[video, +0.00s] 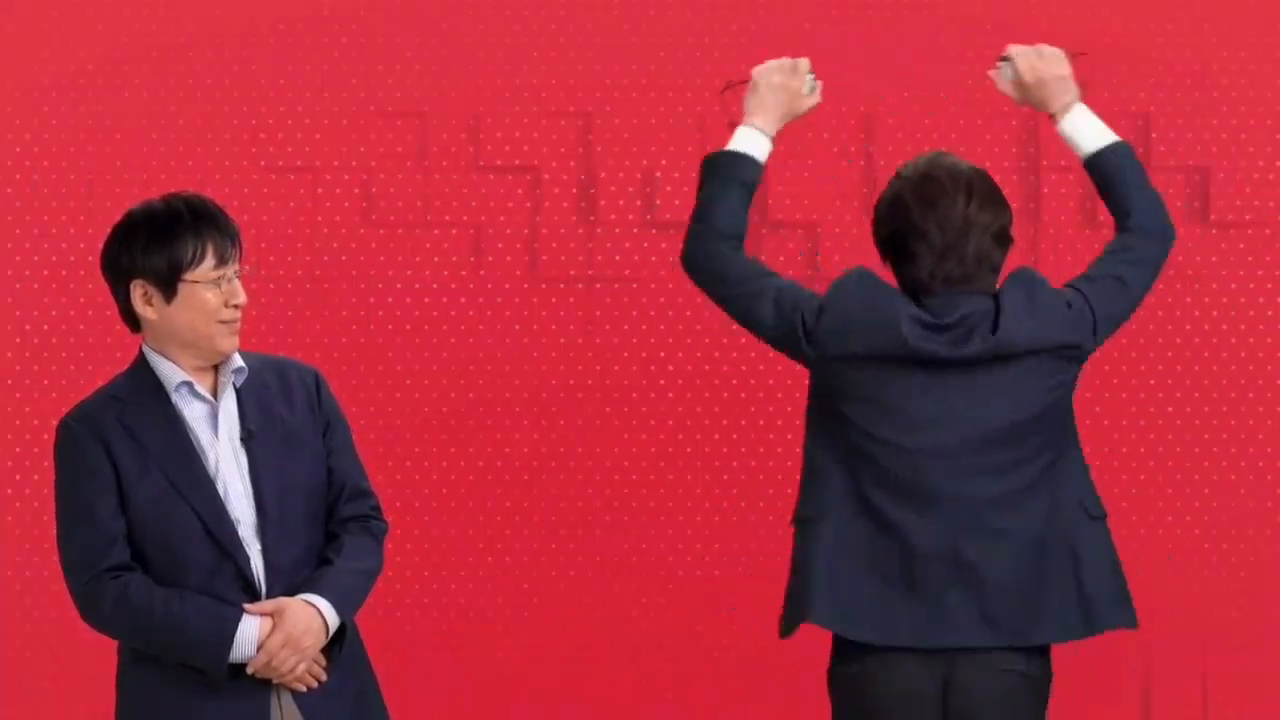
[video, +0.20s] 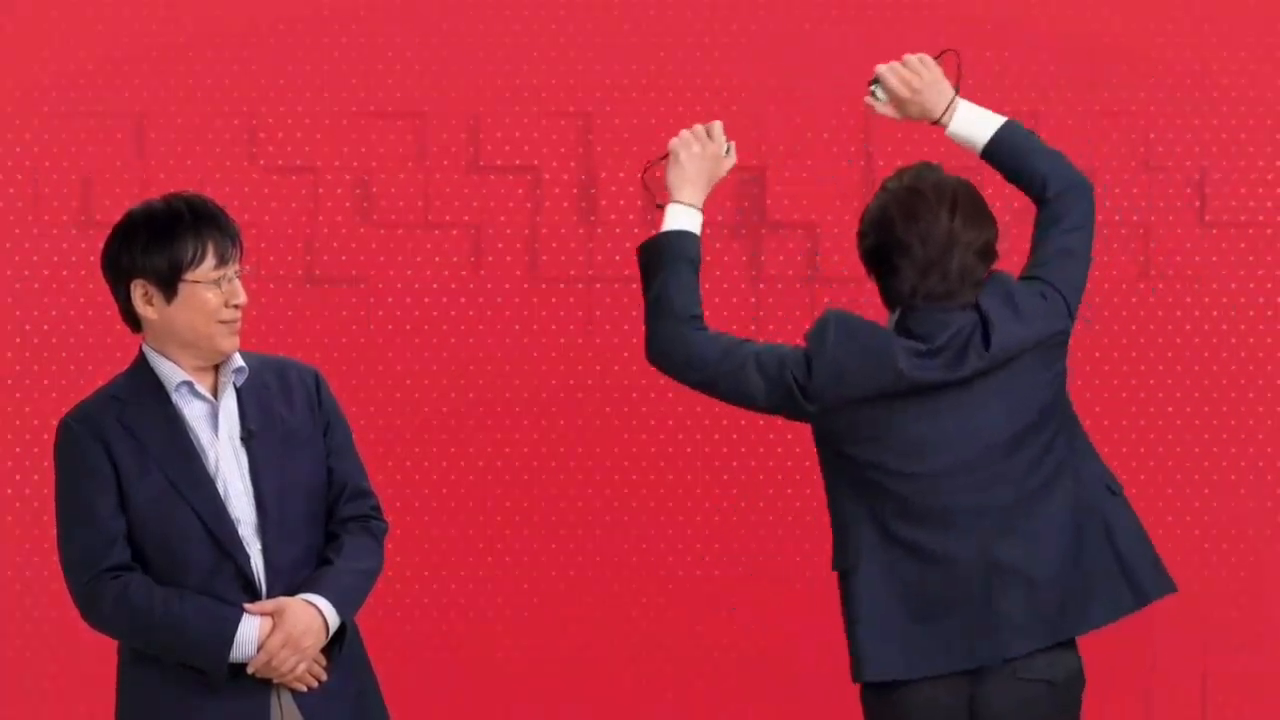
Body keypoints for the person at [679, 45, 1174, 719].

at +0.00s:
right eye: (1001, 237)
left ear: (892, 256)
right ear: (1002, 249)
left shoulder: (841, 332)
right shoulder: (1052, 333)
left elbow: (709, 254)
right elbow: (1149, 230)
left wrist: (755, 125)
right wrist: (1067, 107)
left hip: (877, 666)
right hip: (1008, 666)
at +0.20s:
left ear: (878, 273)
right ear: (990, 258)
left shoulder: (836, 376)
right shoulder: (1035, 330)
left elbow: (675, 344)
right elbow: (1068, 191)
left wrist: (684, 204)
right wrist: (952, 109)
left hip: (909, 686)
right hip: (1039, 669)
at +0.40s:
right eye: (1009, 262)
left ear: (895, 268)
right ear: (1005, 274)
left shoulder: (851, 339)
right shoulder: (1049, 368)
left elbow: (779, 220)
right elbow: (1194, 330)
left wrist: (887, 130)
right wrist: (1182, 194)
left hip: (845, 670)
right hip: (973, 681)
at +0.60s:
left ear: (906, 267)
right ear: (1017, 284)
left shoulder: (864, 331)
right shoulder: (1056, 390)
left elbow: (811, 202)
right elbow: (1213, 366)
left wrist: (923, 122)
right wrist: (1222, 219)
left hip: (815, 663)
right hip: (939, 687)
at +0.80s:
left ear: (874, 279)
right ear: (982, 261)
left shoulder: (836, 370)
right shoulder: (1037, 336)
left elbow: (693, 309)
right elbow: (1107, 205)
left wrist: (712, 169)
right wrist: (1006, 103)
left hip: (885, 679)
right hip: (1015, 673)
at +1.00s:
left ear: (884, 260)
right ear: (992, 257)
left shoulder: (842, 335)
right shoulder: (1050, 340)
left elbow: (727, 245)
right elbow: (1163, 247)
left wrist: (786, 120)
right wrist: (1098, 118)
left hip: (858, 663)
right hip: (986, 667)